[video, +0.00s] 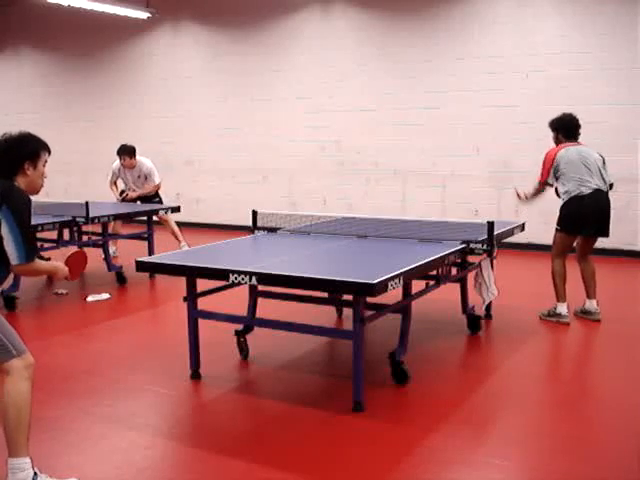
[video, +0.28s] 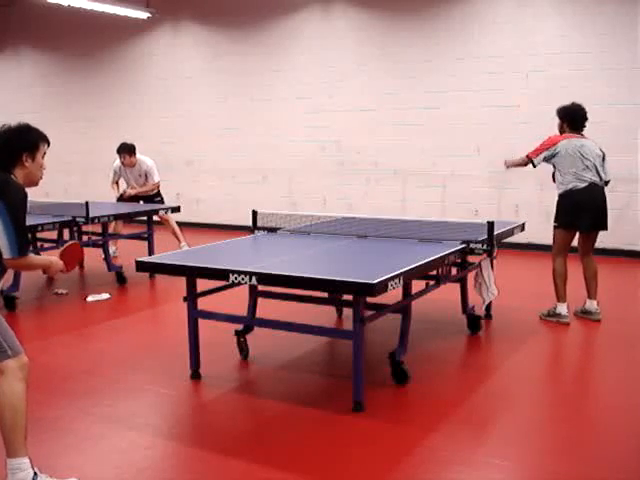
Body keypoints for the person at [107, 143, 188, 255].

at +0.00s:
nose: (121, 163)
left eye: (124, 160)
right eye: (120, 159)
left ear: (132, 158)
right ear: (119, 159)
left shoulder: (146, 165)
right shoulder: (117, 167)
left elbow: (156, 185)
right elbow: (112, 182)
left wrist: (136, 194)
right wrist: (118, 195)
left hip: (149, 195)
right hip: (130, 194)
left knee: (162, 216)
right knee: (117, 218)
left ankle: (182, 243)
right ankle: (113, 247)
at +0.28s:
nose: (121, 161)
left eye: (124, 158)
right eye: (120, 158)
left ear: (132, 156)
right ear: (119, 157)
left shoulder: (147, 164)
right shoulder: (118, 166)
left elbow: (155, 185)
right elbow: (114, 182)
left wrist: (135, 191)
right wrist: (118, 194)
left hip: (151, 194)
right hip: (132, 194)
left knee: (163, 215)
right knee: (118, 217)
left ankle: (183, 243)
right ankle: (113, 246)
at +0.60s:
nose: (125, 158)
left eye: (128, 155)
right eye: (124, 155)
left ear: (136, 154)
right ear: (123, 155)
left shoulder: (150, 161)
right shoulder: (121, 165)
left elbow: (162, 180)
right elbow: (119, 182)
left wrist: (142, 190)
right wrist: (126, 191)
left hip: (154, 193)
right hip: (135, 194)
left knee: (166, 216)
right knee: (120, 218)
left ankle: (183, 244)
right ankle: (113, 246)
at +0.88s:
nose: (127, 156)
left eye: (129, 153)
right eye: (126, 153)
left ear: (138, 152)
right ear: (124, 153)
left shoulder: (152, 160)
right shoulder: (124, 163)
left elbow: (164, 178)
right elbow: (119, 180)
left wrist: (146, 189)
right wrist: (126, 190)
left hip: (154, 193)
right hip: (134, 193)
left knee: (166, 216)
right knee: (120, 219)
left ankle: (183, 243)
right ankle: (113, 247)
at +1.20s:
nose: (132, 146)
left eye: (135, 143)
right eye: (131, 143)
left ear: (143, 142)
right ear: (130, 143)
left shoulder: (157, 154)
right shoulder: (128, 155)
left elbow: (170, 172)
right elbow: (124, 171)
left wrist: (154, 182)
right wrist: (128, 182)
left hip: (157, 193)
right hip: (136, 191)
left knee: (168, 217)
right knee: (123, 218)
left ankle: (183, 243)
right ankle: (114, 246)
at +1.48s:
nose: (125, 140)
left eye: (128, 136)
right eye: (124, 136)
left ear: (136, 136)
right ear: (123, 136)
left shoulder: (148, 151)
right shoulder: (119, 149)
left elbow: (158, 170)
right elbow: (114, 163)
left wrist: (140, 176)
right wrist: (114, 177)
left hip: (147, 194)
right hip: (126, 193)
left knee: (161, 217)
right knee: (115, 218)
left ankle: (179, 242)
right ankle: (119, 247)